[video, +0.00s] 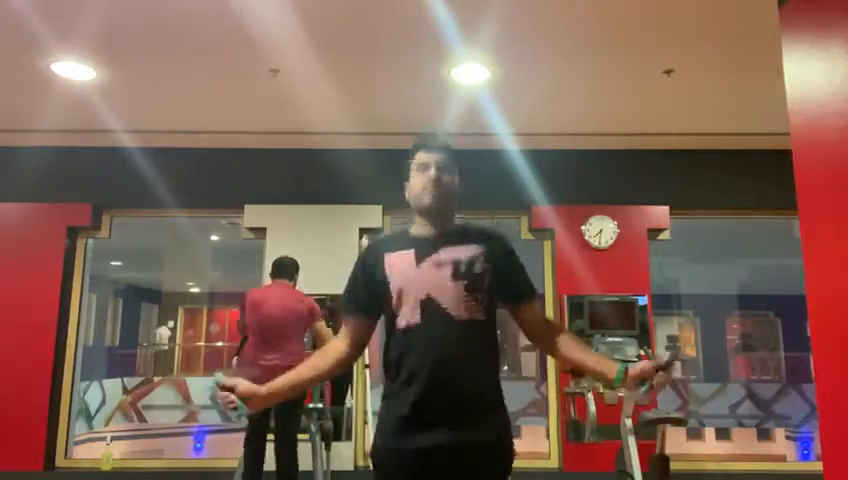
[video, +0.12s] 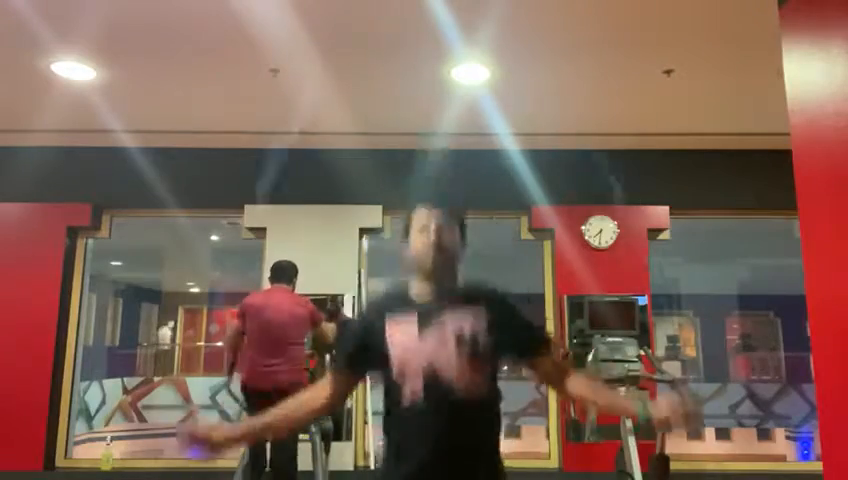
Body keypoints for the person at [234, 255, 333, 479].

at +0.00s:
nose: (294, 280)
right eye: (295, 276)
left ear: (270, 275)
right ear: (295, 277)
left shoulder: (251, 296)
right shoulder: (306, 302)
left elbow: (243, 330)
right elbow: (324, 340)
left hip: (254, 374)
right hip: (292, 375)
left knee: (255, 435)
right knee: (287, 440)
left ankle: (251, 476)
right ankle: (287, 476)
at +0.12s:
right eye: (293, 280)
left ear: (270, 279)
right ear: (294, 281)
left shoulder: (251, 302)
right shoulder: (304, 305)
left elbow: (234, 339)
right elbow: (325, 338)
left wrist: (231, 366)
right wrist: (315, 353)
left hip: (254, 383)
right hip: (291, 384)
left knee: (256, 436)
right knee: (286, 438)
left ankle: (256, 474)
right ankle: (284, 475)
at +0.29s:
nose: (291, 280)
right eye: (293, 276)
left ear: (268, 275)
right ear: (292, 277)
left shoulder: (247, 298)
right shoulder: (303, 301)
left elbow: (228, 340)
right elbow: (323, 326)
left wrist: (237, 350)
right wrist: (334, 325)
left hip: (250, 381)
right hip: (285, 380)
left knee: (255, 437)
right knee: (285, 439)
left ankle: (255, 476)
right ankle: (284, 477)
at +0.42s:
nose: (291, 281)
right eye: (293, 278)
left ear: (267, 276)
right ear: (291, 278)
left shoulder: (244, 299)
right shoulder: (300, 302)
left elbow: (226, 335)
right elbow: (320, 335)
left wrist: (248, 333)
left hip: (249, 377)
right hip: (285, 377)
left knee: (252, 441)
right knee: (292, 434)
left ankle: (252, 476)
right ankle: (287, 474)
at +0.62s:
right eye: (292, 281)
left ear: (267, 280)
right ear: (292, 282)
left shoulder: (249, 303)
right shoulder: (298, 307)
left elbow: (245, 342)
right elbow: (310, 351)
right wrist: (320, 352)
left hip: (248, 385)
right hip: (284, 387)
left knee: (247, 443)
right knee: (296, 420)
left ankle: (244, 475)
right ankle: (295, 469)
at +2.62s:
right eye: (294, 276)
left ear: (268, 275)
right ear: (293, 277)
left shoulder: (251, 296)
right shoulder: (305, 301)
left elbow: (243, 336)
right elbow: (323, 339)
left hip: (253, 379)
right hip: (291, 380)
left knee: (256, 433)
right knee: (286, 438)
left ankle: (252, 476)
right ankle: (286, 476)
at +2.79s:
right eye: (290, 279)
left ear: (266, 279)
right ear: (291, 280)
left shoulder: (249, 302)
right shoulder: (304, 305)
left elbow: (233, 341)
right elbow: (322, 334)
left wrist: (230, 369)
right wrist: (318, 358)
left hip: (253, 380)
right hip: (289, 380)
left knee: (256, 434)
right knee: (285, 438)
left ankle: (257, 473)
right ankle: (284, 474)